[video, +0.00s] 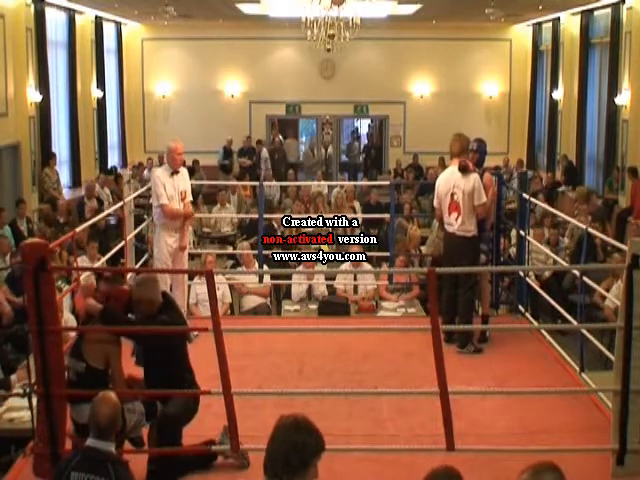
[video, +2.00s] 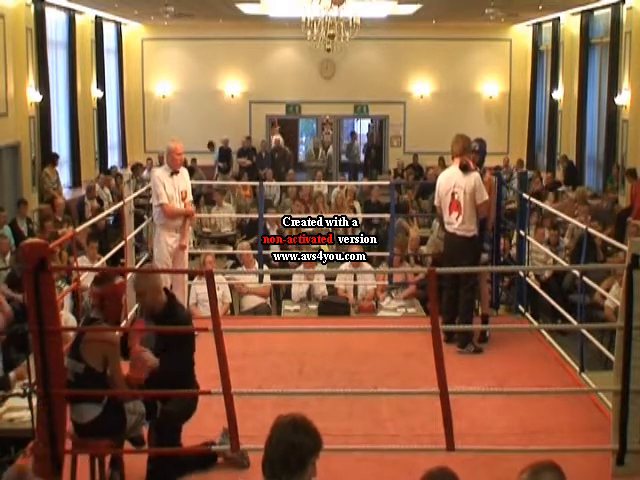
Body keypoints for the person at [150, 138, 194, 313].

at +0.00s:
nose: (181, 158)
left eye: (182, 154)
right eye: (177, 155)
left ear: (183, 156)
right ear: (167, 156)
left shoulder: (184, 172)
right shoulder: (158, 174)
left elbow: (187, 203)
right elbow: (166, 209)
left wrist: (184, 233)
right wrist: (185, 212)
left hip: (182, 226)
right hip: (165, 227)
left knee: (181, 271)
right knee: (163, 270)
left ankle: (180, 312)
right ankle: (162, 310)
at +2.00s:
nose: (180, 158)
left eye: (181, 154)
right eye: (176, 155)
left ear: (183, 156)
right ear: (167, 156)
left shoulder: (184, 173)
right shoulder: (158, 174)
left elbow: (188, 203)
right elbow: (166, 209)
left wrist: (185, 235)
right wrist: (186, 210)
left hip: (182, 228)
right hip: (165, 228)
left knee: (181, 270)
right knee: (163, 269)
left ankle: (181, 308)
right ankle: (163, 308)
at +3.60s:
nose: (183, 159)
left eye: (185, 155)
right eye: (180, 155)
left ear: (185, 156)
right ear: (170, 156)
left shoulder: (185, 174)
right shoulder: (159, 174)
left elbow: (190, 202)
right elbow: (156, 210)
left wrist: (188, 231)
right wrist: (181, 230)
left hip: (183, 229)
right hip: (165, 229)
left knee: (182, 271)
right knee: (165, 269)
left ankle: (182, 307)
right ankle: (163, 308)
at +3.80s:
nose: (184, 159)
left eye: (185, 155)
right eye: (181, 155)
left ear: (186, 156)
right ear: (171, 156)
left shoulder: (186, 174)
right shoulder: (159, 174)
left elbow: (191, 206)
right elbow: (153, 210)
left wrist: (193, 235)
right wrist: (162, 240)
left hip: (183, 227)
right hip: (165, 227)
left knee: (182, 269)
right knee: (166, 268)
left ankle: (182, 306)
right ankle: (164, 306)